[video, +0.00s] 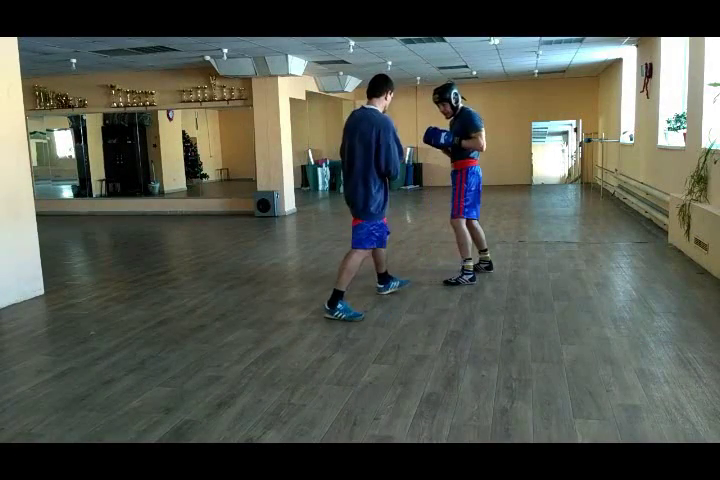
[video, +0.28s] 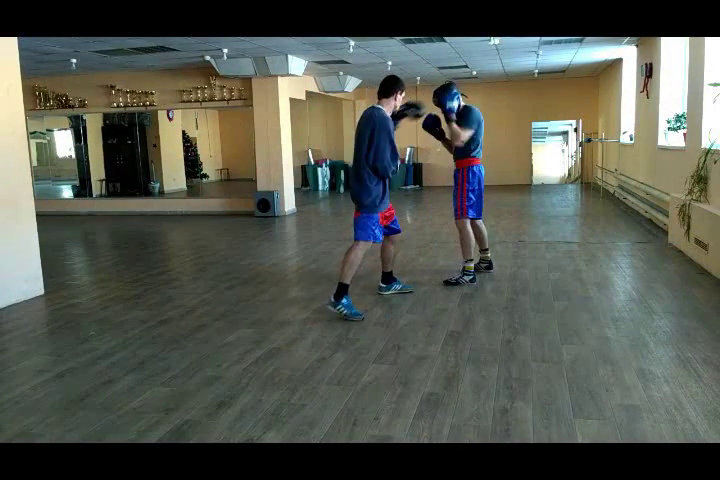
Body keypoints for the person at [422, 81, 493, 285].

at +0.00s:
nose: (442, 110)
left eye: (443, 105)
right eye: (439, 106)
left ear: (454, 100)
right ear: (442, 104)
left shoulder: (469, 115)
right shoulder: (455, 121)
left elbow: (480, 144)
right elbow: (456, 153)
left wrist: (453, 141)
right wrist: (441, 143)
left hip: (467, 170)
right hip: (462, 170)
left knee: (457, 220)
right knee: (470, 219)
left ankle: (467, 271)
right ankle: (485, 260)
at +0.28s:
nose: (441, 110)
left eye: (443, 106)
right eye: (440, 107)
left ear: (454, 100)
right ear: (454, 101)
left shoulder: (471, 112)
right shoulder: (459, 117)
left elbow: (460, 139)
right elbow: (455, 149)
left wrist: (449, 116)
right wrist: (438, 135)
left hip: (469, 168)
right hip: (466, 167)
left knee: (462, 219)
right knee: (474, 218)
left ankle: (468, 270)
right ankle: (485, 259)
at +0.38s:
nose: (443, 107)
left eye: (444, 103)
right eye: (442, 104)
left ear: (450, 101)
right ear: (456, 99)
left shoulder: (467, 113)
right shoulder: (462, 113)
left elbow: (441, 136)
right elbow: (439, 136)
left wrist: (442, 112)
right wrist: (441, 116)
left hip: (470, 168)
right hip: (476, 166)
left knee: (466, 220)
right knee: (478, 217)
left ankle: (469, 271)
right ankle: (486, 258)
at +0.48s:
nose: (445, 109)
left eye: (446, 105)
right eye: (444, 106)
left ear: (455, 101)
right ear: (457, 99)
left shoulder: (469, 113)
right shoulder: (467, 112)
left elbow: (447, 138)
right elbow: (446, 139)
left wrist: (444, 118)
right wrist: (442, 129)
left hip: (471, 168)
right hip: (478, 166)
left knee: (466, 220)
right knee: (479, 217)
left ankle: (468, 271)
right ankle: (490, 258)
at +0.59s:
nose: (452, 108)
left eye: (451, 104)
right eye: (450, 105)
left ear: (461, 100)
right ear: (467, 99)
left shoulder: (476, 114)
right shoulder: (478, 115)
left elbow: (470, 144)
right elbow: (466, 145)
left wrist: (452, 125)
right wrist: (448, 133)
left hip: (474, 170)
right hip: (483, 169)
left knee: (464, 220)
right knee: (482, 218)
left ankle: (468, 271)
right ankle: (501, 260)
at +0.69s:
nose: (457, 112)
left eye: (457, 107)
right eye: (455, 108)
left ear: (467, 102)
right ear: (470, 101)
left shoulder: (482, 116)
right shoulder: (482, 116)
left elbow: (488, 145)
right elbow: (477, 146)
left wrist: (464, 141)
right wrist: (460, 140)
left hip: (478, 171)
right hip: (485, 170)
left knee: (463, 219)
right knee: (484, 217)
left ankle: (467, 271)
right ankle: (502, 261)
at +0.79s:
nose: (461, 110)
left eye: (461, 105)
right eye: (459, 106)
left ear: (472, 100)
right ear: (472, 99)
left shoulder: (488, 113)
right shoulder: (482, 116)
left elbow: (496, 140)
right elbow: (480, 145)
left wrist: (471, 137)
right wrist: (465, 136)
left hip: (483, 168)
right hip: (488, 167)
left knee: (469, 217)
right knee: (486, 216)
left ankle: (470, 269)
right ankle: (503, 261)